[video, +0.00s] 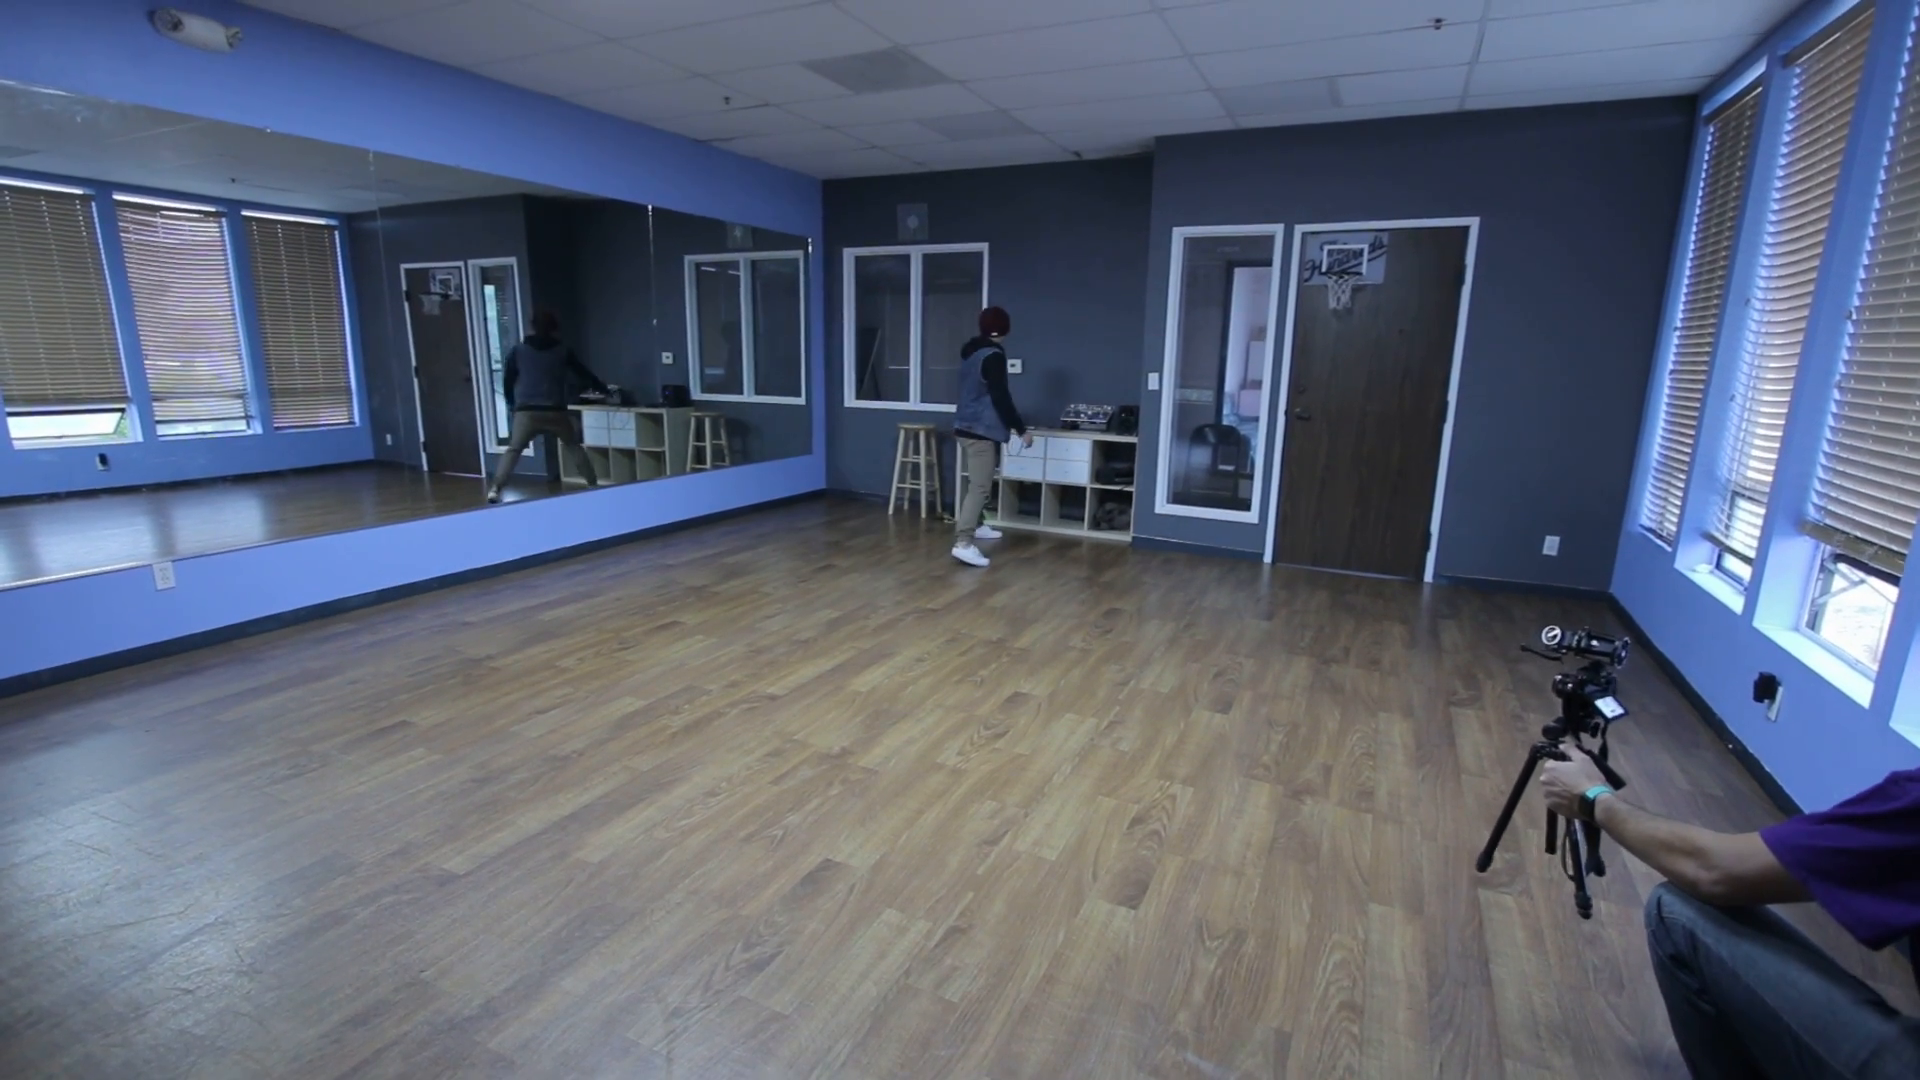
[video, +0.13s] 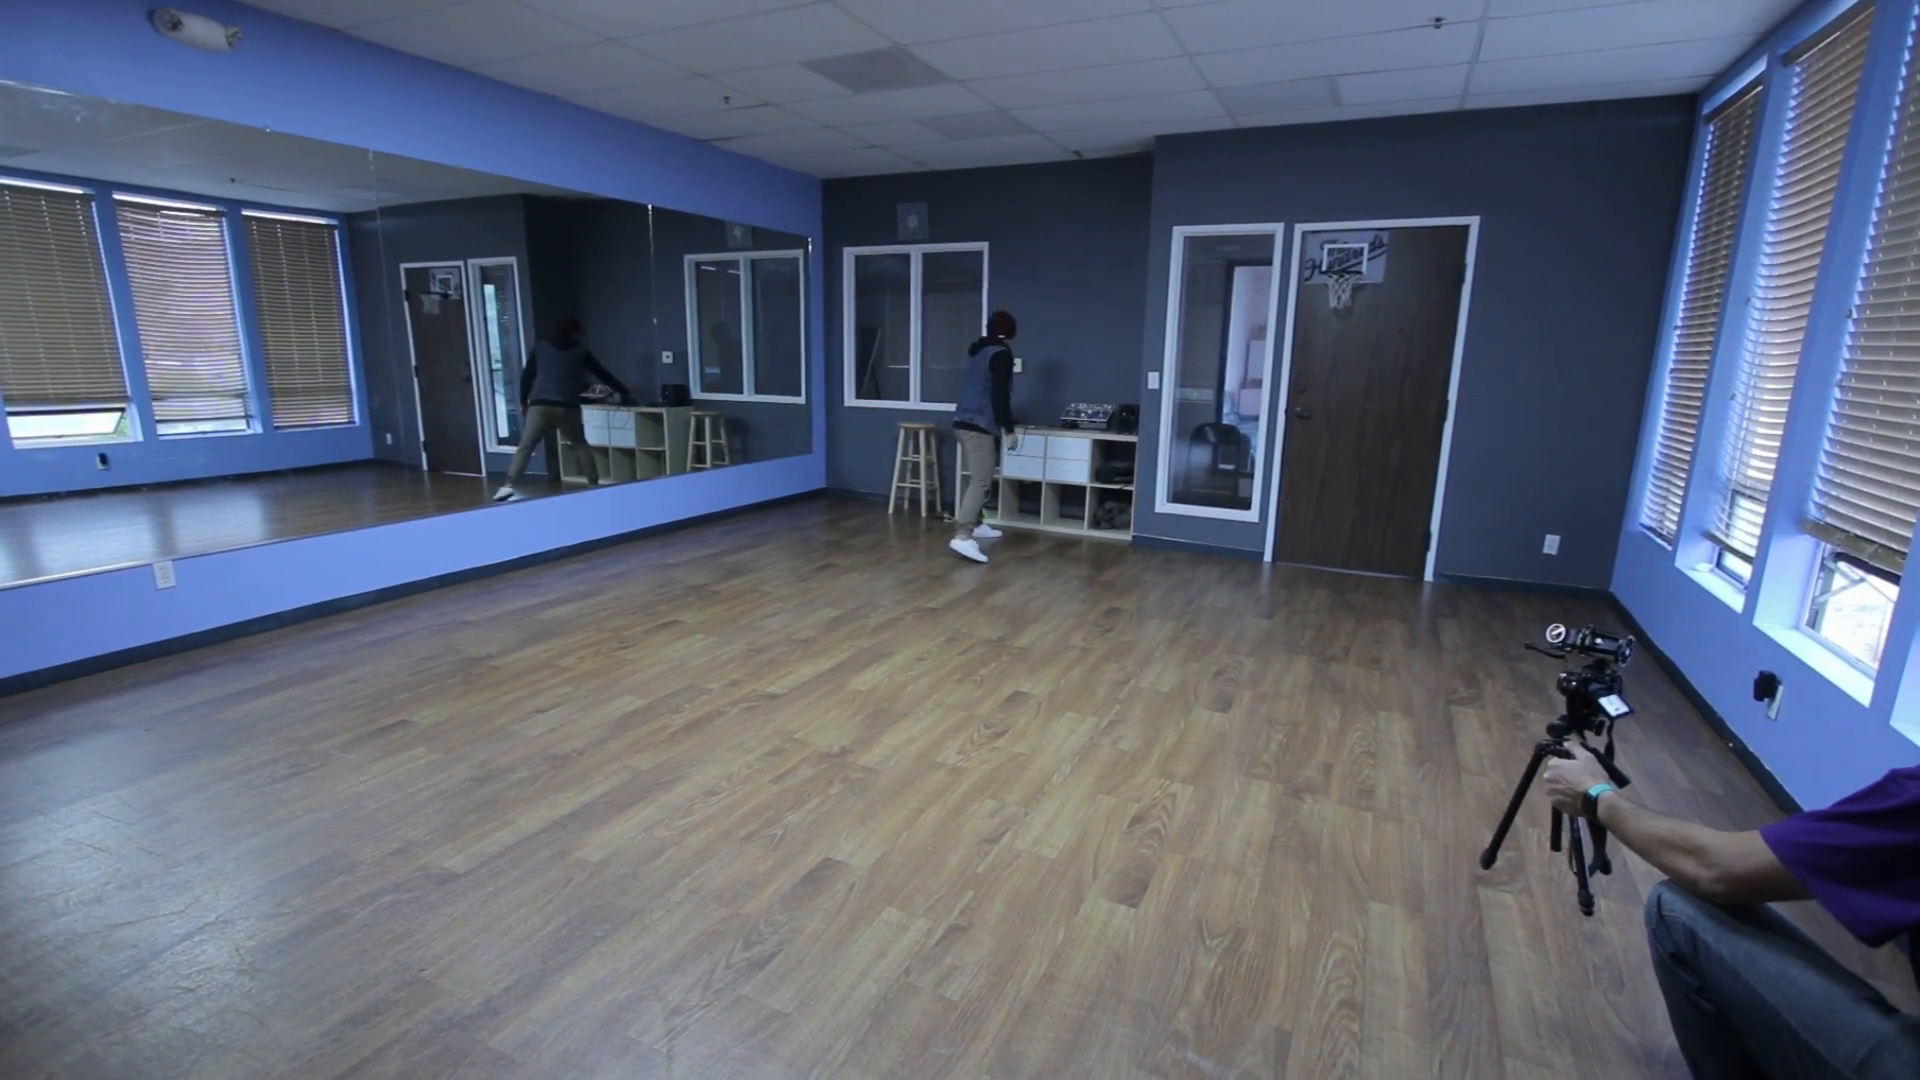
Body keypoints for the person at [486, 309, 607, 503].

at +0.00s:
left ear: (533, 328)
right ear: (555, 328)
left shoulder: (518, 350)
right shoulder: (562, 350)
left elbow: (508, 381)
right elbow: (583, 373)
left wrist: (512, 405)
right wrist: (604, 389)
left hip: (526, 411)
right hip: (556, 410)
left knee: (514, 450)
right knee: (573, 446)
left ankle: (495, 489)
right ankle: (593, 484)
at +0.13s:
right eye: (577, 333)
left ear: (555, 330)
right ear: (575, 333)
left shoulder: (540, 348)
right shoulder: (580, 352)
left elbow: (527, 375)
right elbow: (603, 375)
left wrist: (523, 401)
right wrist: (624, 393)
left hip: (540, 405)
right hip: (567, 406)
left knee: (525, 446)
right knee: (580, 443)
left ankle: (509, 485)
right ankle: (594, 484)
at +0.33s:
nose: (599, 341)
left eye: (599, 338)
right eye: (599, 338)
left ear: (577, 333)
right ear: (596, 337)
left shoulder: (561, 347)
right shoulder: (598, 355)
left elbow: (546, 370)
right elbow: (618, 379)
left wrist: (542, 393)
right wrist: (637, 397)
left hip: (553, 400)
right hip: (579, 405)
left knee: (541, 443)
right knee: (585, 443)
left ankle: (528, 483)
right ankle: (595, 484)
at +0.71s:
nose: (614, 343)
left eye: (614, 339)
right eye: (612, 339)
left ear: (590, 334)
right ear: (607, 339)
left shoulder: (572, 348)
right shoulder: (610, 357)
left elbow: (556, 373)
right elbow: (624, 383)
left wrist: (550, 400)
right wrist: (640, 402)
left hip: (565, 399)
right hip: (590, 403)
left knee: (560, 442)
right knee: (590, 444)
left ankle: (555, 482)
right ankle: (595, 485)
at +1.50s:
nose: (594, 336)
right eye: (593, 333)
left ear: (573, 329)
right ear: (593, 333)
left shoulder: (558, 345)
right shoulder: (597, 352)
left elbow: (547, 373)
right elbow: (614, 378)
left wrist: (544, 400)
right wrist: (628, 399)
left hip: (563, 401)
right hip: (588, 402)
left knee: (562, 444)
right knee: (589, 444)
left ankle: (566, 485)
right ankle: (594, 484)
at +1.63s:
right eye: (585, 329)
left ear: (565, 327)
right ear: (585, 329)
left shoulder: (553, 344)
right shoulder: (591, 349)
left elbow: (543, 373)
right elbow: (605, 379)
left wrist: (542, 400)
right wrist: (619, 399)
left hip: (560, 400)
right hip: (586, 401)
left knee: (559, 444)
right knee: (587, 442)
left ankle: (566, 484)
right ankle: (594, 481)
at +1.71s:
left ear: (557, 328)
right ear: (579, 329)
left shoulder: (547, 346)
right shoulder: (585, 348)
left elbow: (540, 375)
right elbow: (598, 379)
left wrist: (539, 402)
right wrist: (606, 404)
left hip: (558, 402)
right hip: (583, 401)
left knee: (556, 447)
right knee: (587, 444)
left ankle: (566, 485)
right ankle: (595, 483)